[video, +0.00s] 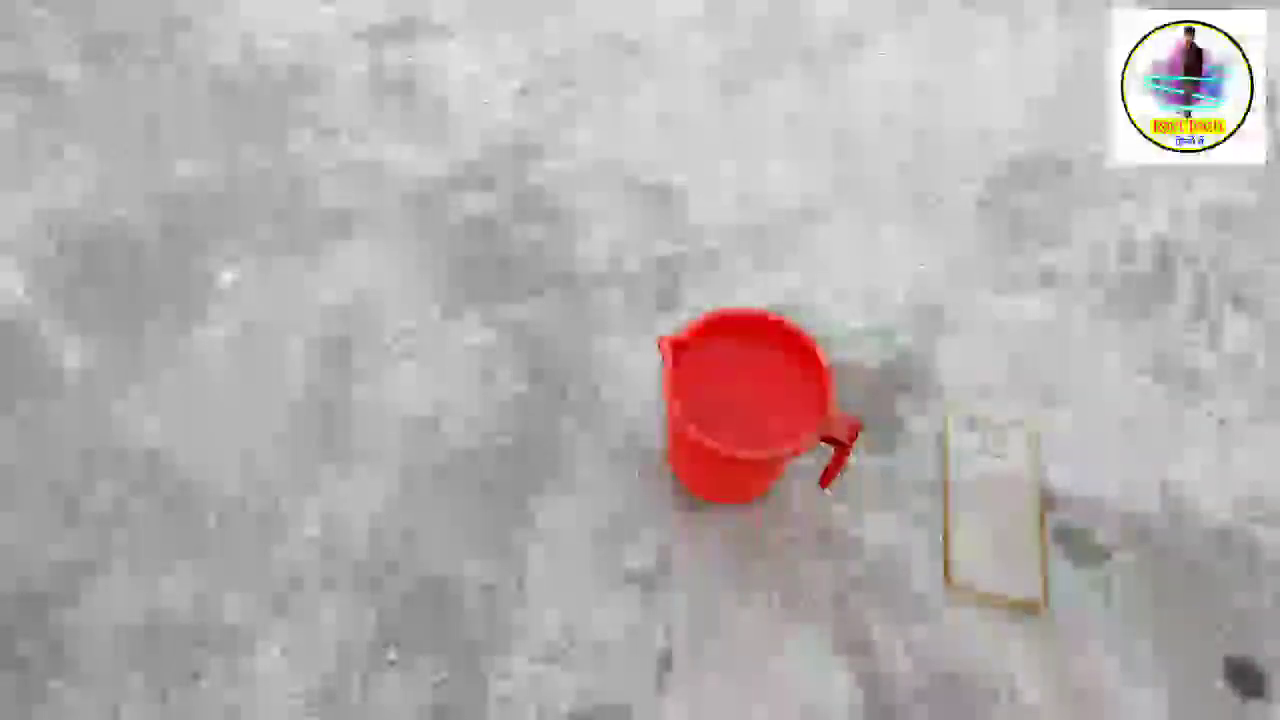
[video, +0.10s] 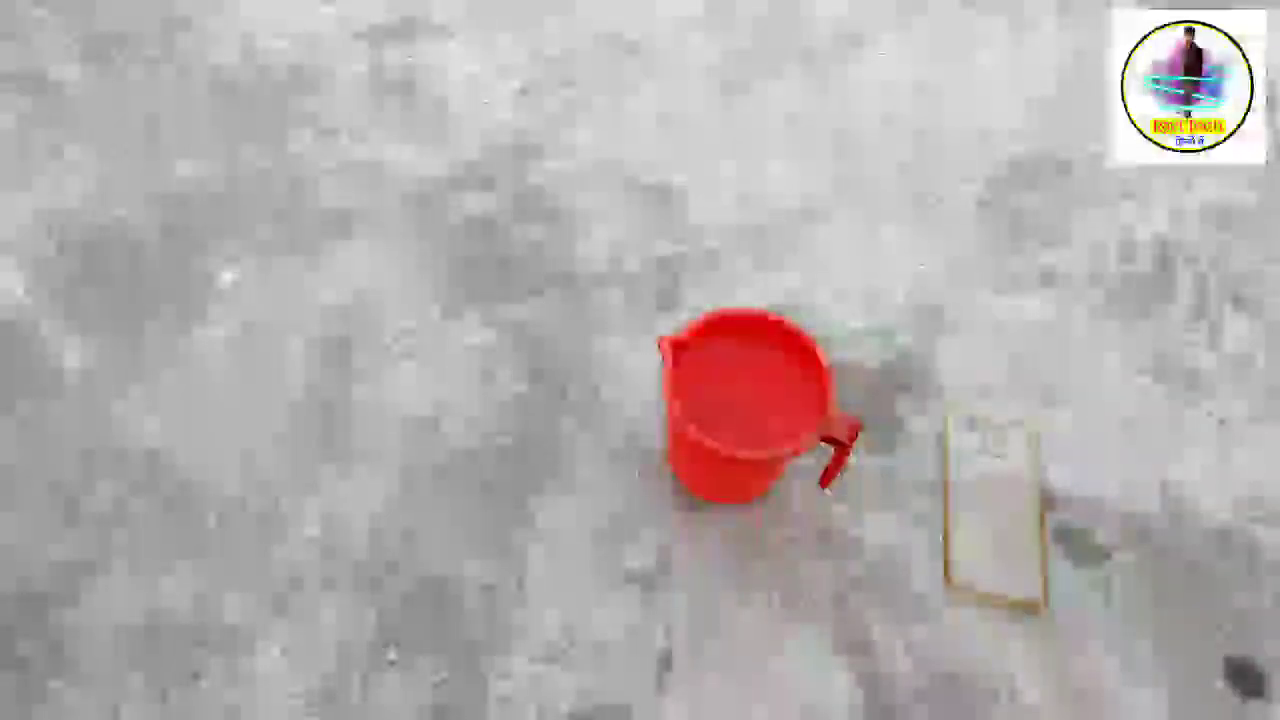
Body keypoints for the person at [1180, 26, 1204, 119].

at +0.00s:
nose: (1188, 38)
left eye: (1190, 35)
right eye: (1187, 35)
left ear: (1193, 36)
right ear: (1184, 36)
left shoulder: (1197, 50)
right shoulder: (1181, 49)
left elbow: (1199, 66)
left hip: (1193, 76)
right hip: (1182, 75)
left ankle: (1188, 113)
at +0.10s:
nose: (1188, 38)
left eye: (1190, 36)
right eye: (1187, 35)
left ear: (1193, 36)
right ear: (1184, 36)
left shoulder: (1197, 50)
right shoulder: (1181, 49)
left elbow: (1199, 65)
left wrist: (1198, 77)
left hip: (1193, 74)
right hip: (1183, 74)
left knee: (1190, 92)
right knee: (1185, 92)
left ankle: (1188, 111)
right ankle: (1185, 110)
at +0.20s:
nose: (1188, 38)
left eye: (1190, 36)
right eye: (1187, 35)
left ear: (1193, 36)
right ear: (1184, 36)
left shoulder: (1197, 50)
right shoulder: (1181, 49)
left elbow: (1199, 65)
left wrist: (1198, 77)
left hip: (1193, 74)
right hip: (1183, 74)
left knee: (1190, 92)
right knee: (1185, 92)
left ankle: (1188, 111)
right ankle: (1185, 110)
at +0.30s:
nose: (1188, 38)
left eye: (1190, 36)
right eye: (1187, 35)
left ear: (1193, 36)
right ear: (1184, 36)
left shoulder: (1197, 50)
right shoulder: (1181, 49)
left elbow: (1199, 65)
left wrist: (1198, 77)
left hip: (1193, 74)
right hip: (1183, 74)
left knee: (1190, 92)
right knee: (1185, 92)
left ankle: (1188, 111)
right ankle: (1185, 110)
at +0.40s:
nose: (1188, 38)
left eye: (1190, 36)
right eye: (1186, 36)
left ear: (1193, 36)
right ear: (1184, 36)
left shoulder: (1198, 50)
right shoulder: (1182, 50)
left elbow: (1199, 65)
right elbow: (1177, 62)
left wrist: (1197, 76)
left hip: (1193, 75)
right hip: (1184, 74)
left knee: (1189, 93)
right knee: (1185, 93)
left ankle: (1188, 112)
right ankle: (1186, 111)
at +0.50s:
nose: (1188, 38)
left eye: (1190, 36)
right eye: (1186, 36)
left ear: (1193, 36)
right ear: (1184, 36)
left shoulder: (1198, 50)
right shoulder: (1182, 50)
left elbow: (1199, 65)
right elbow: (1177, 62)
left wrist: (1198, 75)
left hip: (1194, 75)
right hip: (1184, 74)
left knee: (1189, 93)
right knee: (1186, 93)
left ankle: (1188, 112)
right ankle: (1186, 111)